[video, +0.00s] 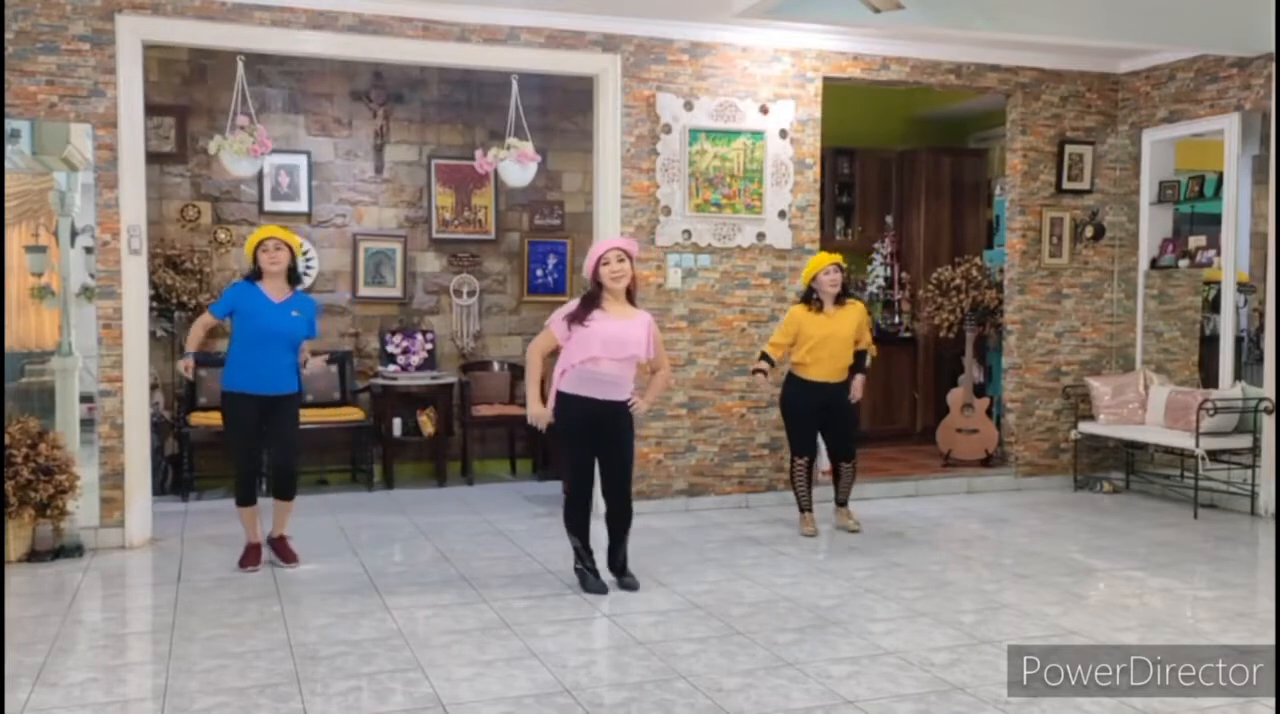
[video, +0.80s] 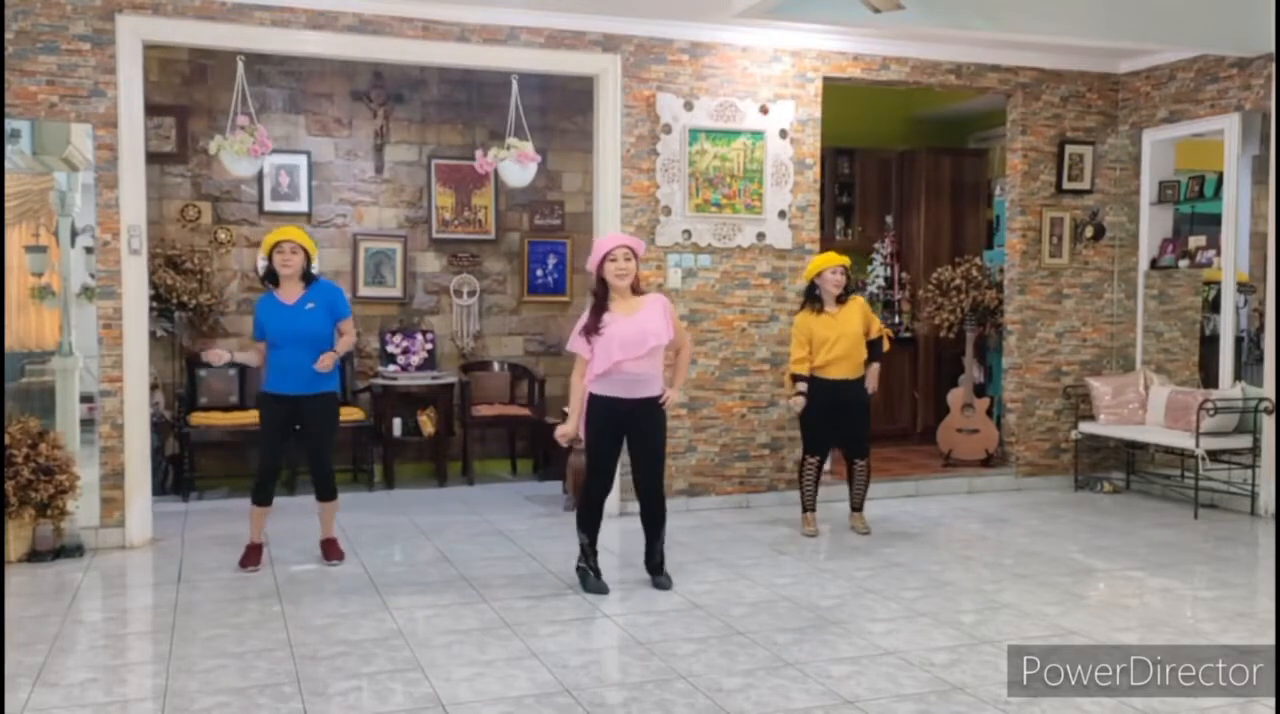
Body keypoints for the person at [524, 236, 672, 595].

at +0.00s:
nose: (615, 268)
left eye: (621, 261)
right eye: (607, 264)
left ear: (632, 270)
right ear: (596, 273)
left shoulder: (643, 321)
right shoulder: (577, 312)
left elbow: (664, 370)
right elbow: (536, 349)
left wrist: (645, 399)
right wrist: (534, 402)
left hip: (617, 411)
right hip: (573, 408)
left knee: (620, 494)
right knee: (579, 490)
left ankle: (619, 563)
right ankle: (584, 564)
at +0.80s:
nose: (621, 266)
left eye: (627, 259)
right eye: (612, 260)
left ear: (637, 267)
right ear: (600, 269)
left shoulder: (658, 305)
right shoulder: (595, 314)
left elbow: (683, 345)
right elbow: (580, 371)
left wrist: (676, 386)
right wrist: (572, 420)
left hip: (649, 407)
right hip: (603, 407)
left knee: (651, 488)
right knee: (597, 486)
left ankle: (656, 562)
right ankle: (587, 561)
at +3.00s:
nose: (628, 264)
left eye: (634, 257)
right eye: (620, 259)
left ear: (645, 264)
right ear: (607, 268)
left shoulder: (662, 307)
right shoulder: (598, 310)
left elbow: (675, 362)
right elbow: (581, 370)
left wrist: (689, 409)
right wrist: (557, 412)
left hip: (646, 407)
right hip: (602, 407)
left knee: (643, 491)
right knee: (603, 488)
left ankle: (644, 563)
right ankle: (605, 563)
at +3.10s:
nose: (627, 264)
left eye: (634, 257)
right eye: (619, 258)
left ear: (643, 265)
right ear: (607, 267)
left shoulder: (662, 303)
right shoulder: (599, 310)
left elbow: (678, 358)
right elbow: (586, 369)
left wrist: (696, 402)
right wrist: (565, 414)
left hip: (652, 407)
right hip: (608, 407)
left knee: (648, 489)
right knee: (609, 488)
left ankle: (645, 563)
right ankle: (610, 562)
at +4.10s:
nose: (640, 267)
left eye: (647, 261)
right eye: (632, 261)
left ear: (656, 270)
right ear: (620, 271)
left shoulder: (662, 313)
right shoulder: (610, 313)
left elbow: (662, 368)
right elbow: (588, 367)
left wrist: (684, 403)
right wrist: (608, 417)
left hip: (663, 408)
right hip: (627, 408)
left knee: (658, 490)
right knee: (647, 488)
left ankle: (646, 566)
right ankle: (612, 557)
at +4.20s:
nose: (641, 266)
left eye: (647, 259)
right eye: (633, 260)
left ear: (657, 268)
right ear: (620, 271)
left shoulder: (660, 313)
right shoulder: (611, 312)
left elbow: (659, 368)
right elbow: (584, 363)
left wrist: (676, 403)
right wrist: (597, 417)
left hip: (660, 409)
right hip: (623, 409)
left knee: (655, 493)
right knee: (633, 492)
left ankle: (646, 567)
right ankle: (604, 562)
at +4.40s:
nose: (639, 264)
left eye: (645, 258)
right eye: (630, 259)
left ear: (655, 267)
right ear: (618, 269)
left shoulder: (658, 315)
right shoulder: (606, 310)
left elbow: (653, 370)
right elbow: (571, 354)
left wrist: (667, 412)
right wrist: (569, 413)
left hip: (650, 410)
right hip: (611, 411)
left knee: (648, 494)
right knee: (612, 492)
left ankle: (643, 565)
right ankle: (600, 565)